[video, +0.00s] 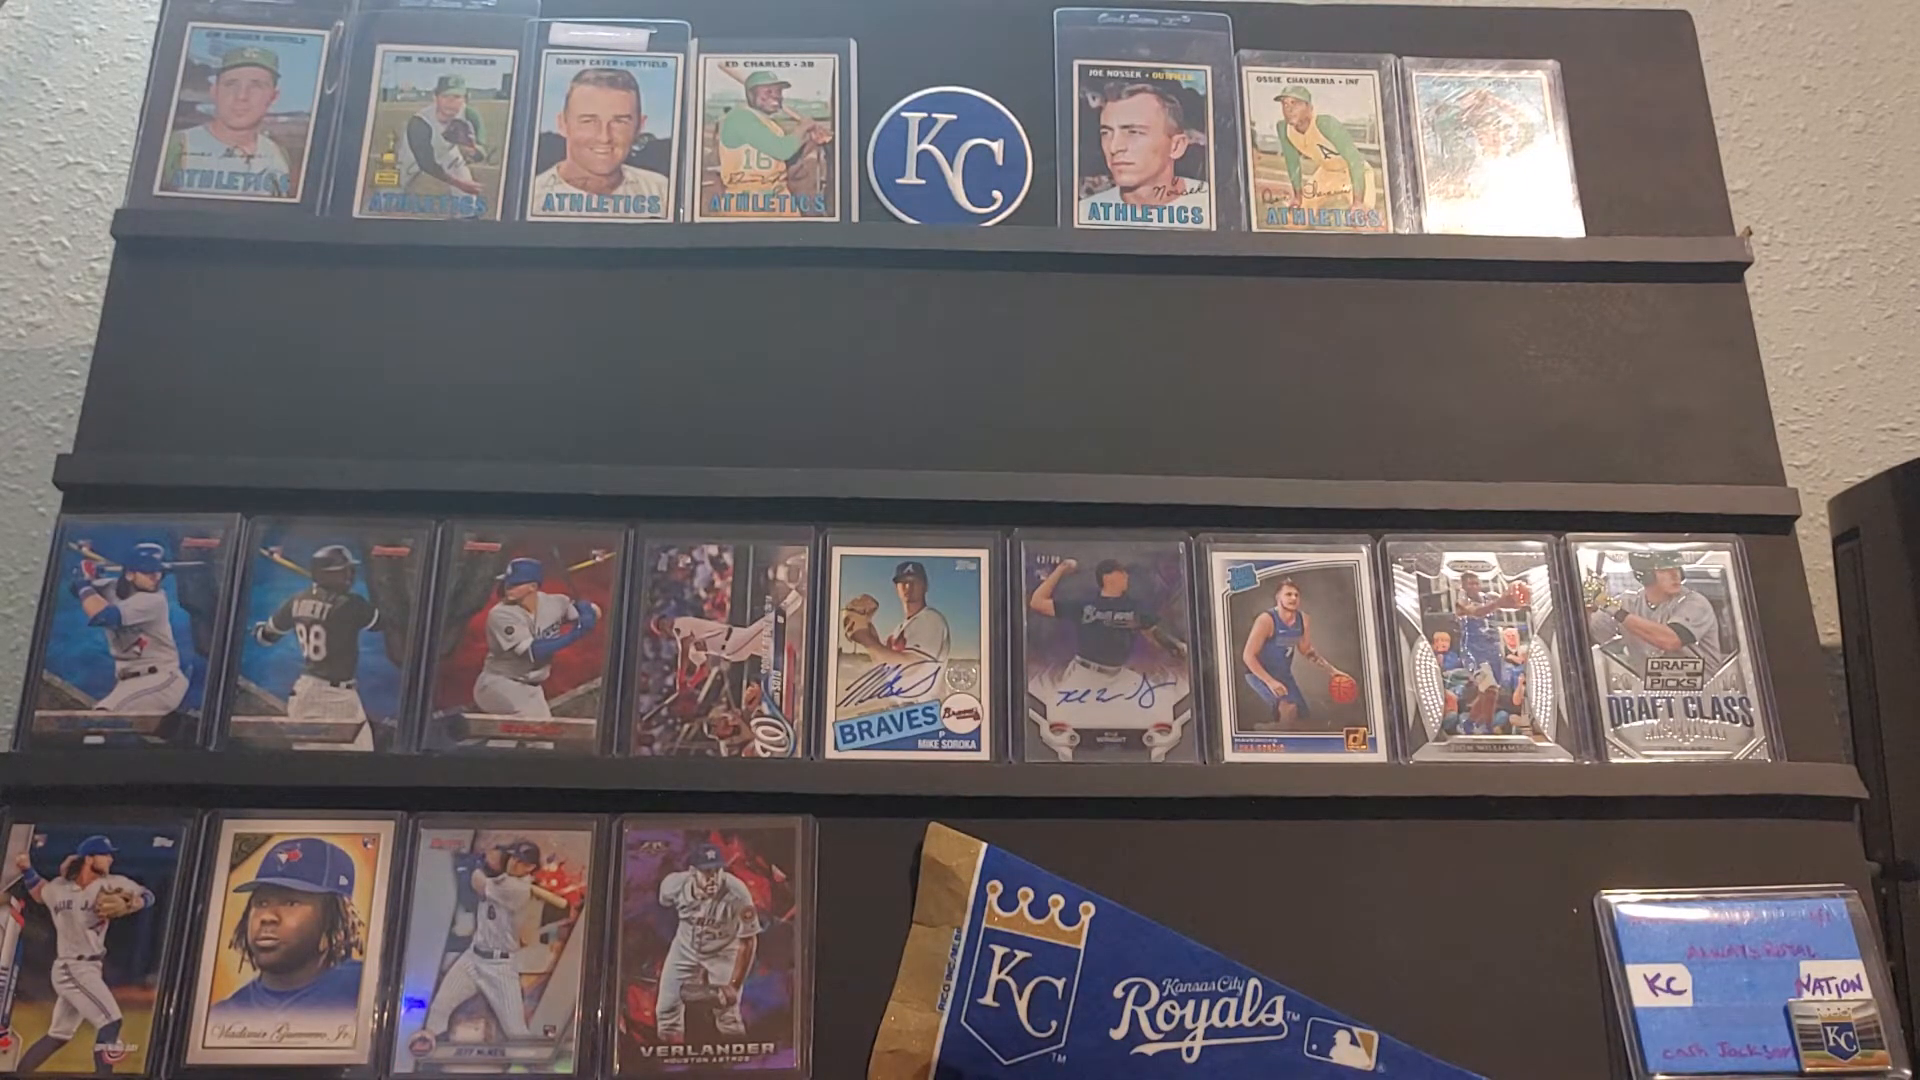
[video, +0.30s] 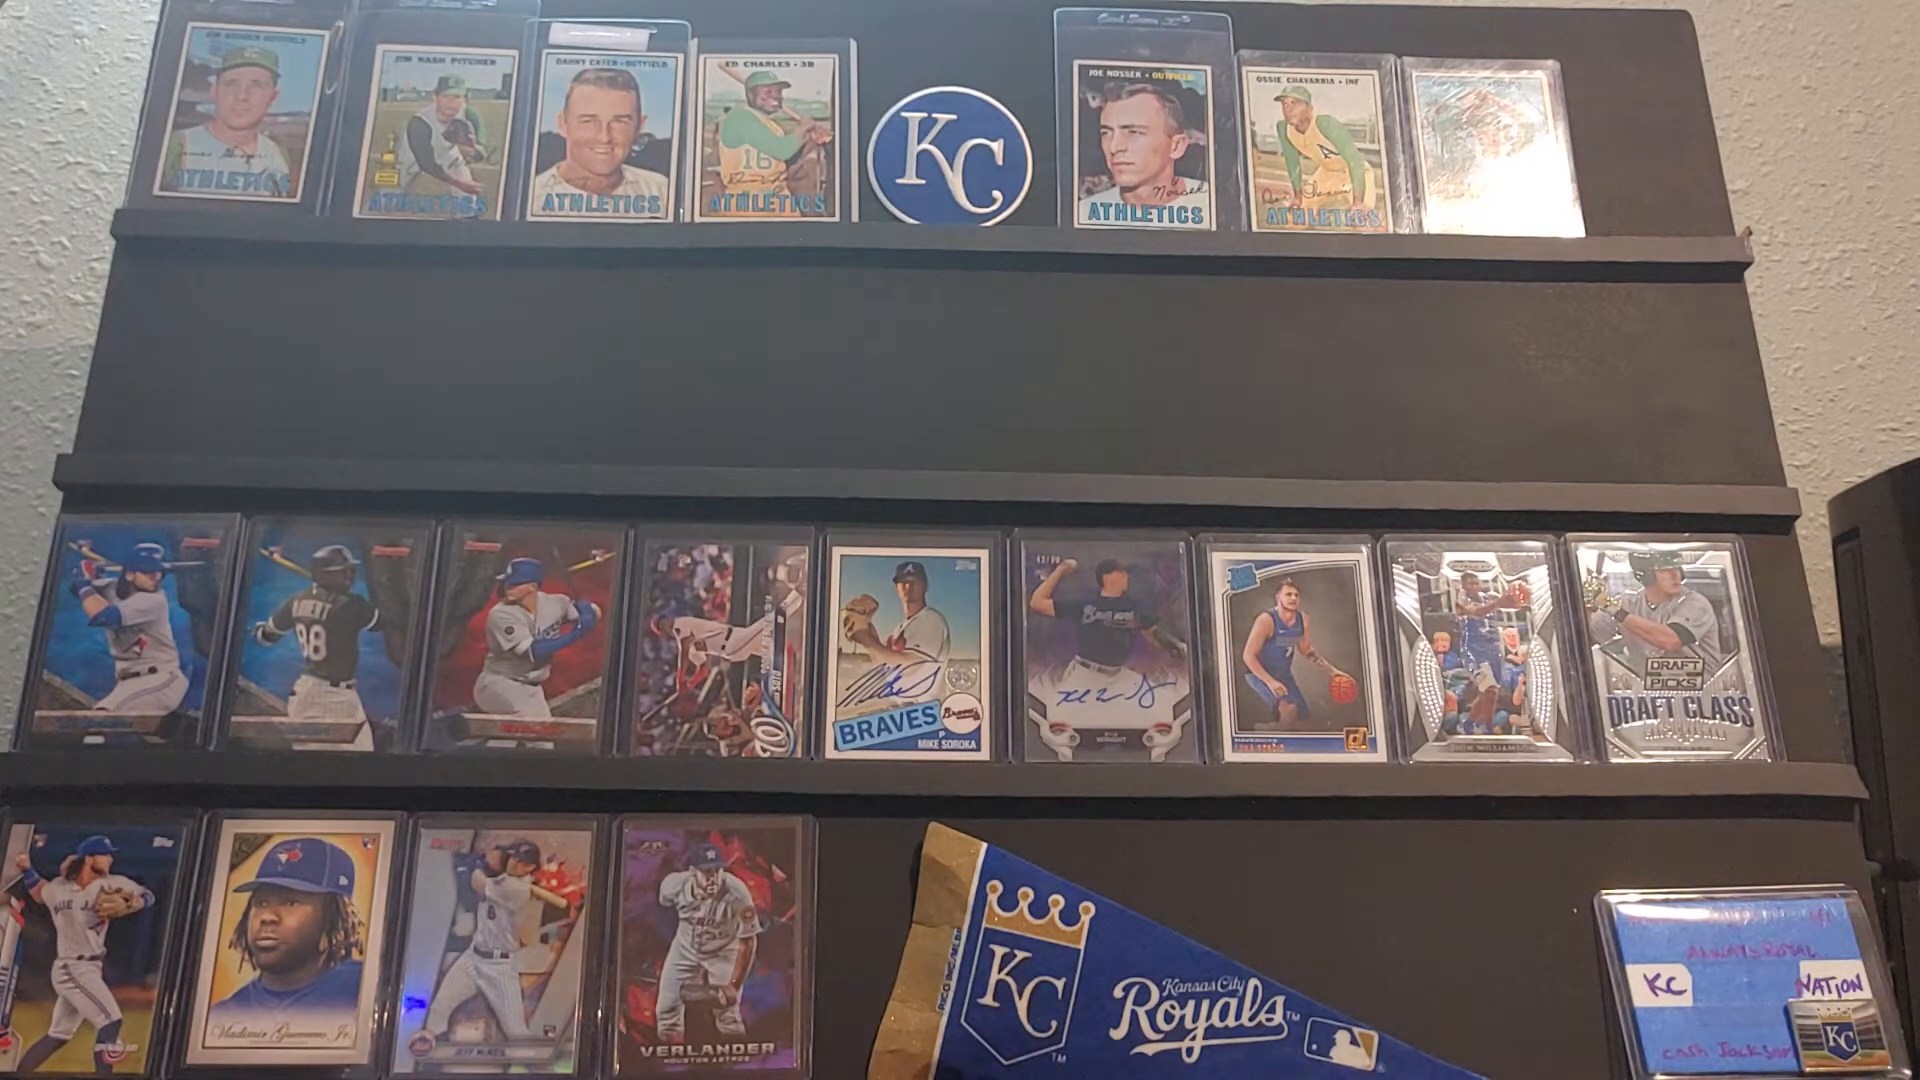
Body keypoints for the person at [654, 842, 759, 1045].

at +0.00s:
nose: (711, 878)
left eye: (716, 871)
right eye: (706, 872)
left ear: (722, 869)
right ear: (692, 870)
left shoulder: (738, 893)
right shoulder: (673, 885)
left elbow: (749, 941)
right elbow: (667, 909)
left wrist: (734, 985)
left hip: (724, 953)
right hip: (684, 947)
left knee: (727, 1014)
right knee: (666, 1009)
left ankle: (741, 1068)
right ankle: (674, 1069)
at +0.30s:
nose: (711, 878)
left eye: (716, 871)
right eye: (706, 872)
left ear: (722, 869)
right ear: (692, 870)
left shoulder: (738, 893)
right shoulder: (673, 885)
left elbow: (749, 941)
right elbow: (667, 909)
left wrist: (734, 985)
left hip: (724, 953)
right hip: (684, 947)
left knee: (727, 1014)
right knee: (666, 1009)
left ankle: (741, 1068)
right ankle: (674, 1069)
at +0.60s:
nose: (712, 878)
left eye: (716, 871)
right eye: (705, 872)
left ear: (722, 869)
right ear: (692, 870)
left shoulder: (738, 892)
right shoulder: (673, 885)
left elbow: (749, 941)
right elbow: (666, 906)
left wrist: (735, 985)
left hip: (725, 953)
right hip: (684, 947)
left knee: (727, 1015)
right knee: (666, 1009)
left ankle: (741, 1068)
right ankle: (674, 1071)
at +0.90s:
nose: (712, 878)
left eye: (716, 871)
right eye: (705, 872)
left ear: (722, 869)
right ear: (693, 870)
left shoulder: (738, 892)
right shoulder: (674, 885)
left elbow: (749, 941)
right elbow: (666, 907)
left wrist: (735, 985)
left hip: (725, 953)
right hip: (685, 947)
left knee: (727, 1015)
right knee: (666, 1009)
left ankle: (741, 1068)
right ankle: (673, 1069)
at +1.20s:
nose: (711, 878)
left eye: (716, 871)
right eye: (705, 872)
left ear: (722, 869)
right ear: (693, 870)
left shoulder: (738, 892)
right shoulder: (674, 885)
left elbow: (749, 941)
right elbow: (666, 907)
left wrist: (735, 985)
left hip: (724, 953)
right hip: (684, 947)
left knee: (727, 1015)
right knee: (666, 1009)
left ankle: (742, 1068)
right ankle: (673, 1069)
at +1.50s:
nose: (711, 878)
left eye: (716, 871)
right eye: (705, 872)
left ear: (722, 869)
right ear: (692, 870)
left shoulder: (738, 892)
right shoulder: (673, 885)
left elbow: (749, 941)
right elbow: (666, 907)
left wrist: (735, 985)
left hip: (724, 953)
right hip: (684, 947)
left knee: (727, 1015)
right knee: (666, 1009)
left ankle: (741, 1068)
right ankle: (673, 1069)